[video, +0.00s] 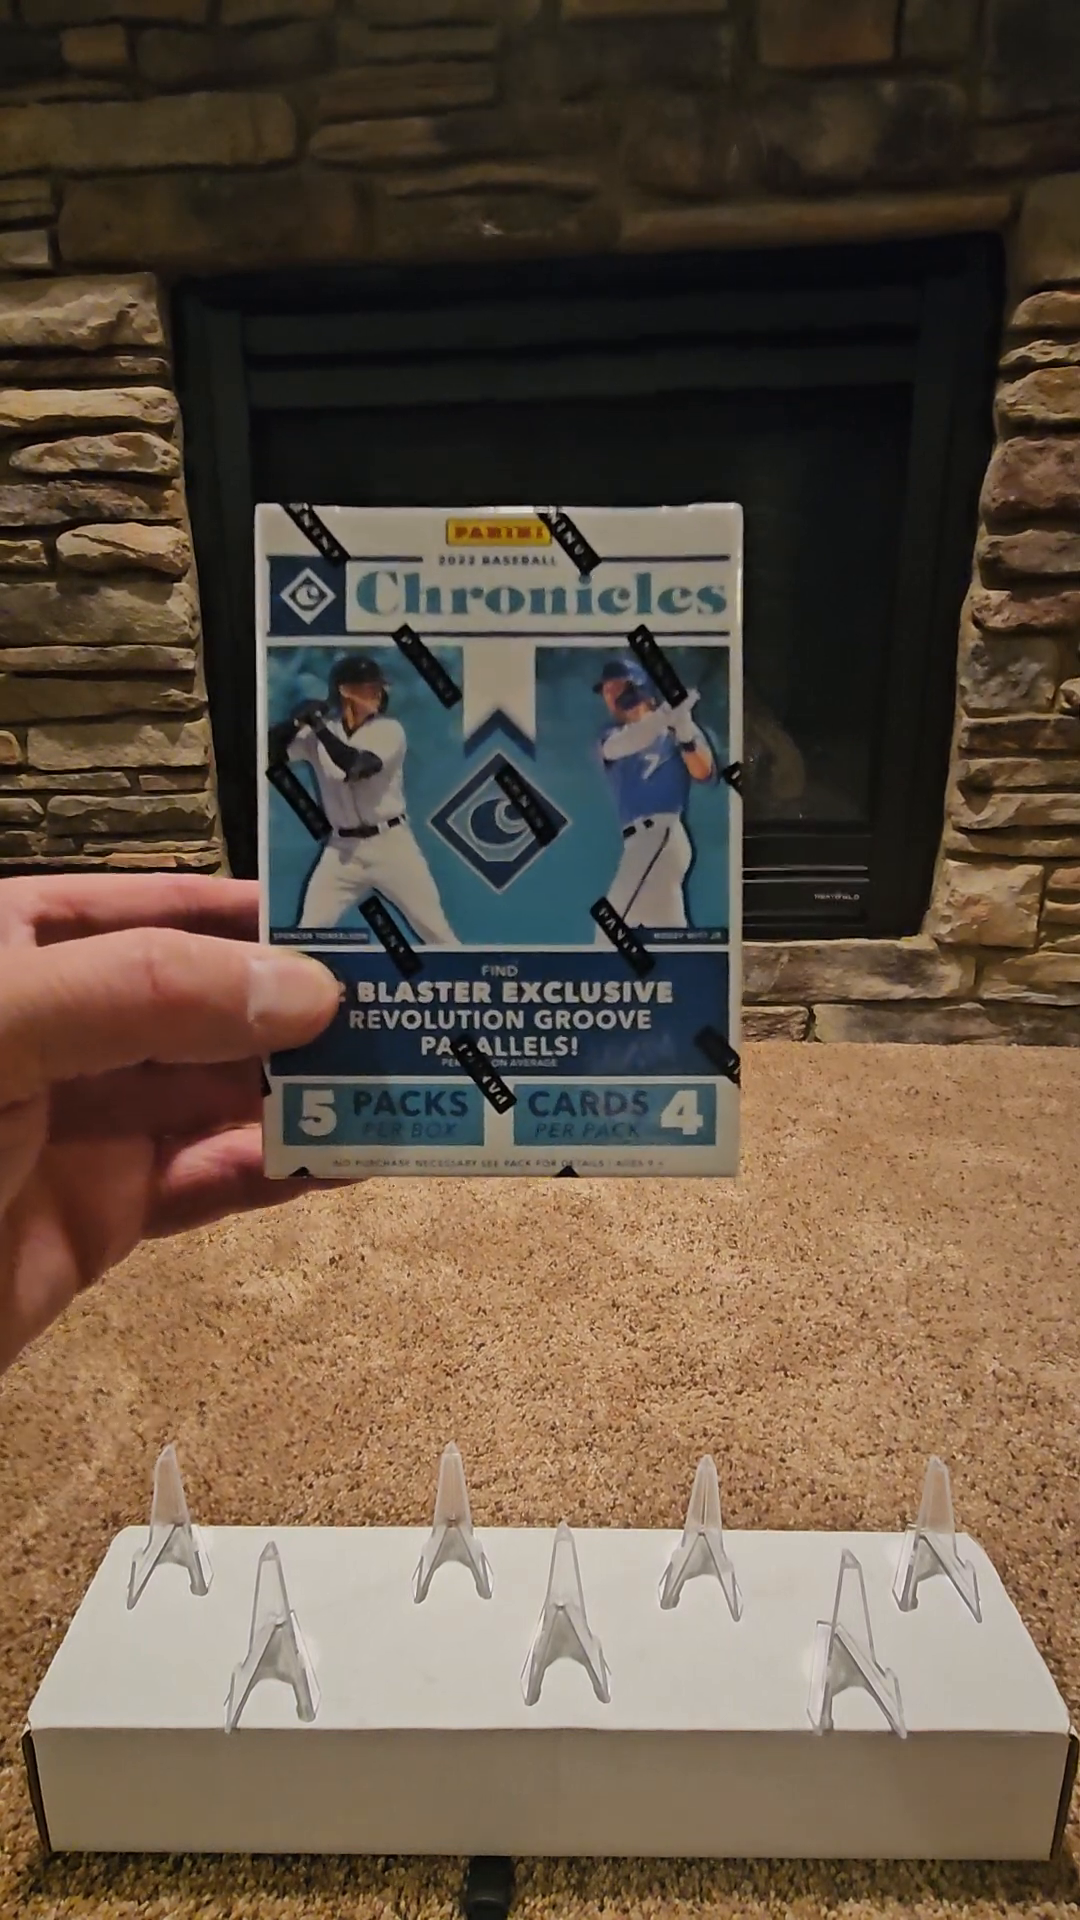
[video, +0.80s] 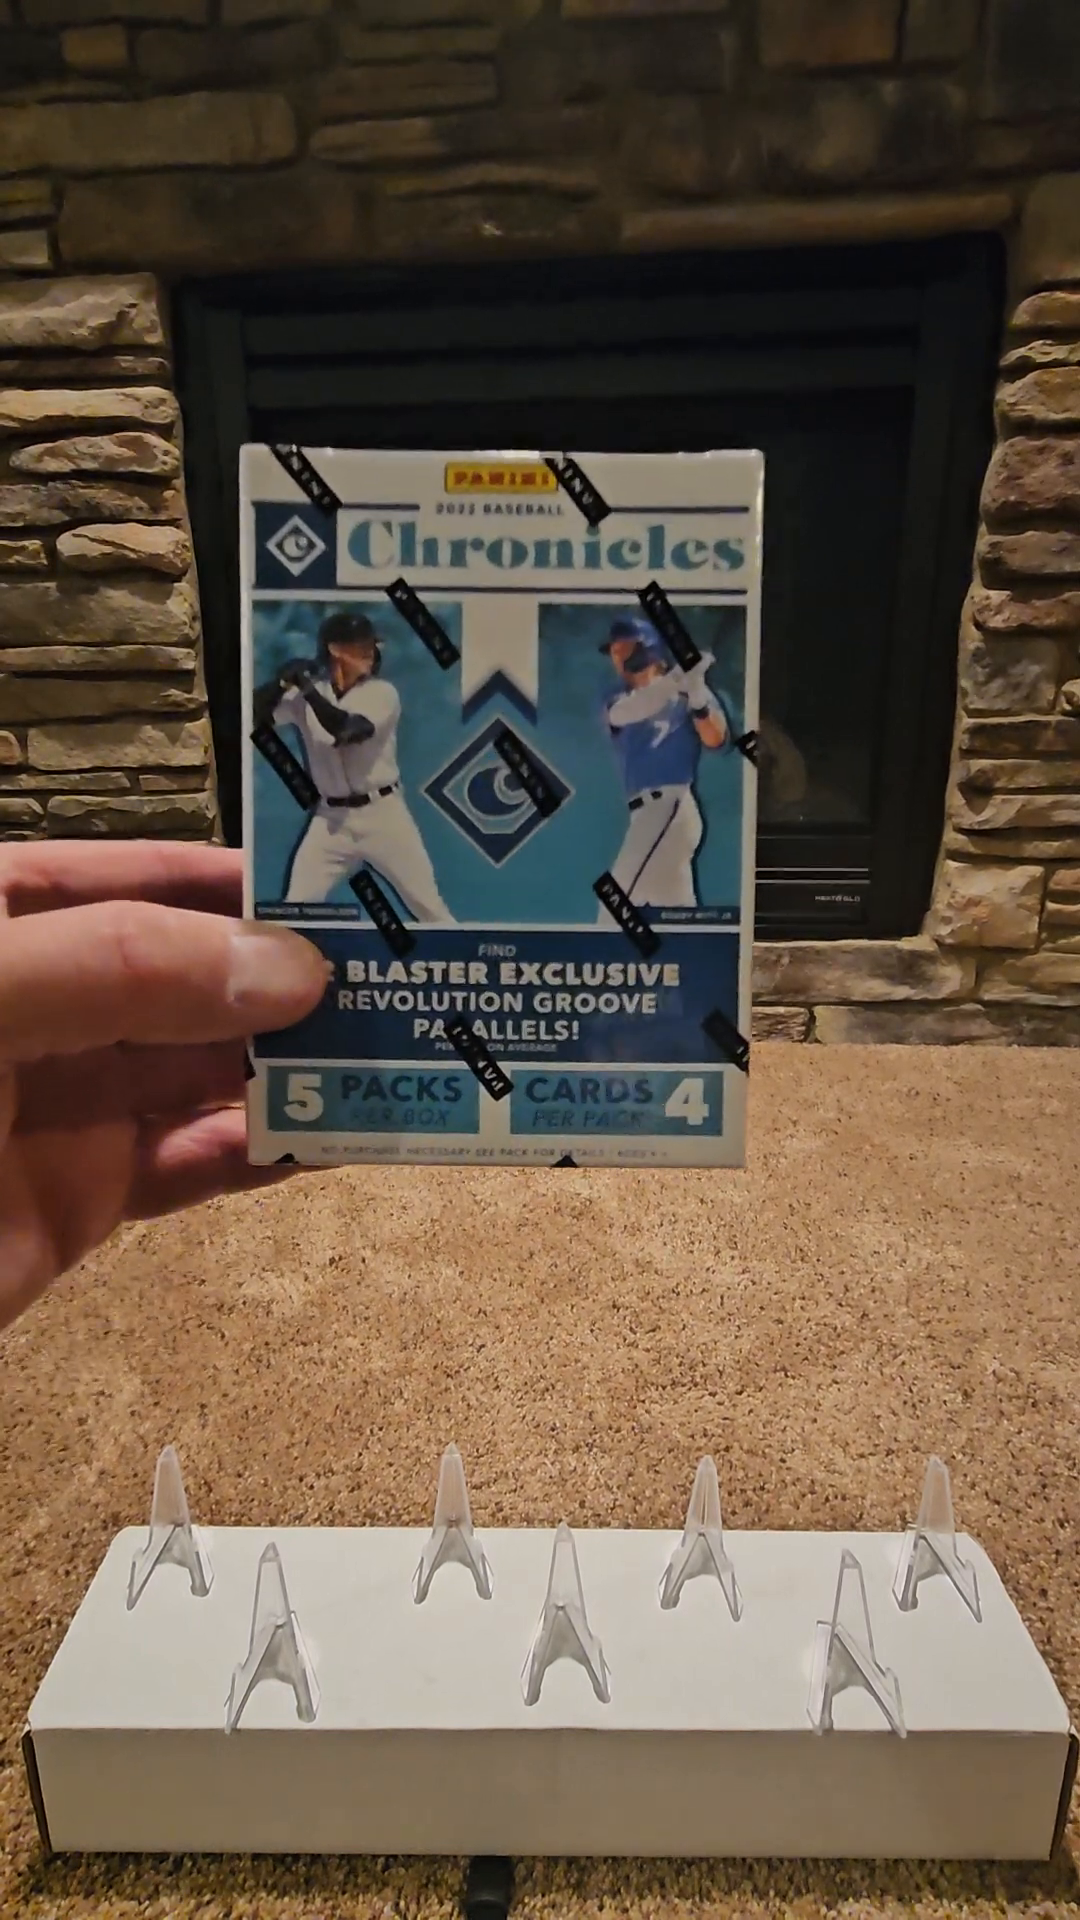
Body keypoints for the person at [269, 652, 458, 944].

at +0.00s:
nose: (376, 690)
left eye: (377, 684)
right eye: (367, 684)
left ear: (382, 689)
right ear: (345, 691)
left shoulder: (389, 730)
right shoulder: (315, 737)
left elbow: (355, 768)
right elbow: (269, 755)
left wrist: (318, 726)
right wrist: (293, 724)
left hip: (392, 846)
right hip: (342, 850)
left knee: (436, 932)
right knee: (309, 937)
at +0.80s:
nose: (371, 651)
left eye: (371, 644)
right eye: (361, 644)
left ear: (375, 649)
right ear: (335, 650)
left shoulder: (381, 693)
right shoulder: (303, 699)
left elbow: (344, 731)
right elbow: (255, 716)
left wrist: (307, 689)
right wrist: (282, 683)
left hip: (384, 816)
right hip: (330, 820)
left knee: (428, 906)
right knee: (297, 912)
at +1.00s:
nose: (336, 601)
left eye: (337, 594)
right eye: (326, 594)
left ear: (340, 599)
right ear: (300, 601)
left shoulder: (349, 645)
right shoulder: (266, 650)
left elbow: (311, 686)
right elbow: (216, 669)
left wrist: (270, 641)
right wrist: (243, 635)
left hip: (352, 774)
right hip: (296, 779)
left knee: (400, 871)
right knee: (261, 875)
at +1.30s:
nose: (342, 551)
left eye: (343, 543)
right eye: (331, 543)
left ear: (348, 550)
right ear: (304, 551)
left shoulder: (356, 600)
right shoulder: (269, 606)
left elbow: (317, 643)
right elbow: (213, 622)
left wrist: (272, 595)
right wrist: (243, 591)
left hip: (361, 738)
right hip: (301, 744)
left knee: (413, 840)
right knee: (265, 848)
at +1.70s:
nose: (368, 501)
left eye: (370, 492)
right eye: (356, 492)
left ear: (377, 498)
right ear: (327, 499)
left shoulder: (385, 553)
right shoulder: (290, 559)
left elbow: (341, 602)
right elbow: (227, 583)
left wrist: (292, 548)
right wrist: (261, 543)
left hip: (389, 708)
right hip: (323, 714)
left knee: (446, 824)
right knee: (282, 829)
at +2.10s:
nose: (374, 549)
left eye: (379, 541)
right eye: (362, 540)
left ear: (387, 549)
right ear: (337, 547)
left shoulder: (396, 599)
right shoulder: (304, 604)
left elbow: (355, 646)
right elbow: (245, 631)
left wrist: (306, 595)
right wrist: (274, 589)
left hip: (399, 747)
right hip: (334, 753)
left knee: (454, 861)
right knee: (294, 864)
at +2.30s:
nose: (371, 597)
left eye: (372, 589)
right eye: (360, 589)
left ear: (376, 595)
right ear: (330, 596)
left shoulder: (383, 646)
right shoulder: (294, 652)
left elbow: (342, 691)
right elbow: (238, 673)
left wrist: (296, 640)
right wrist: (266, 634)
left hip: (386, 791)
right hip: (323, 796)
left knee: (439, 899)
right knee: (282, 903)